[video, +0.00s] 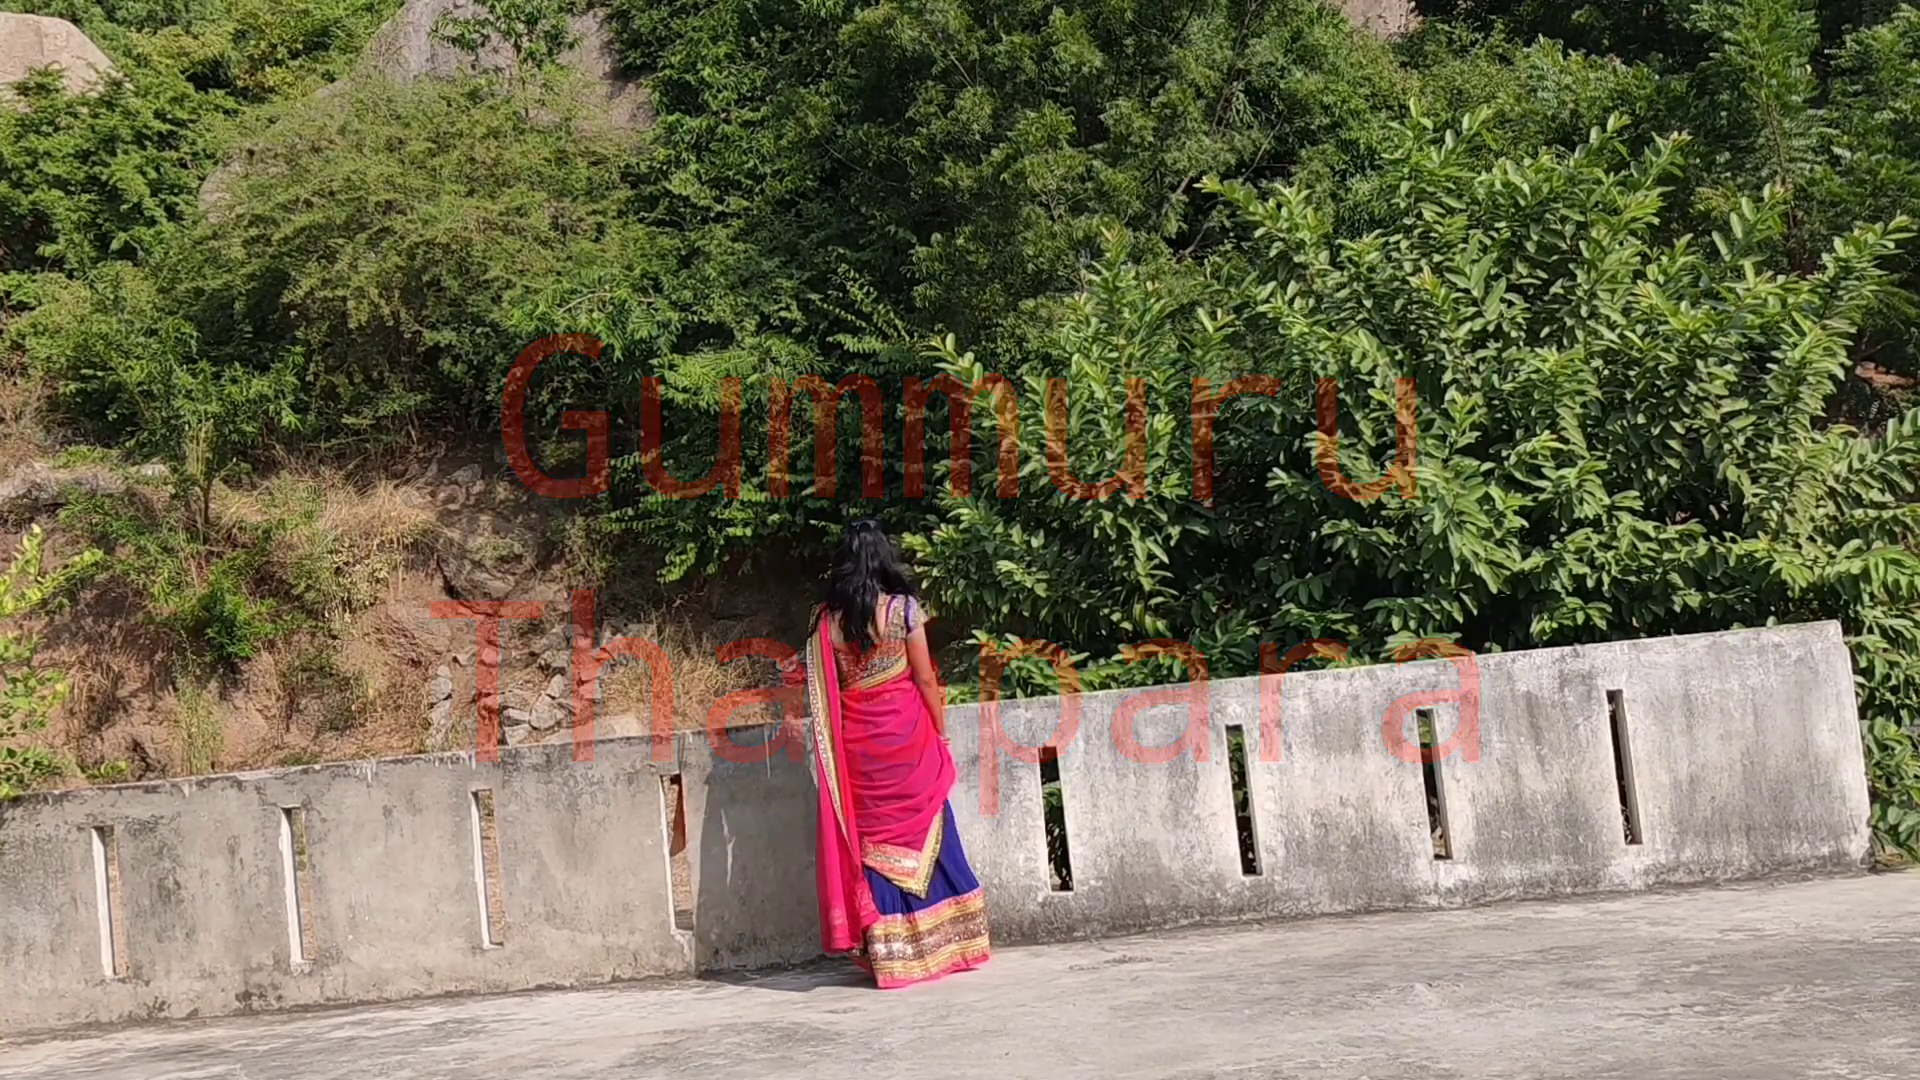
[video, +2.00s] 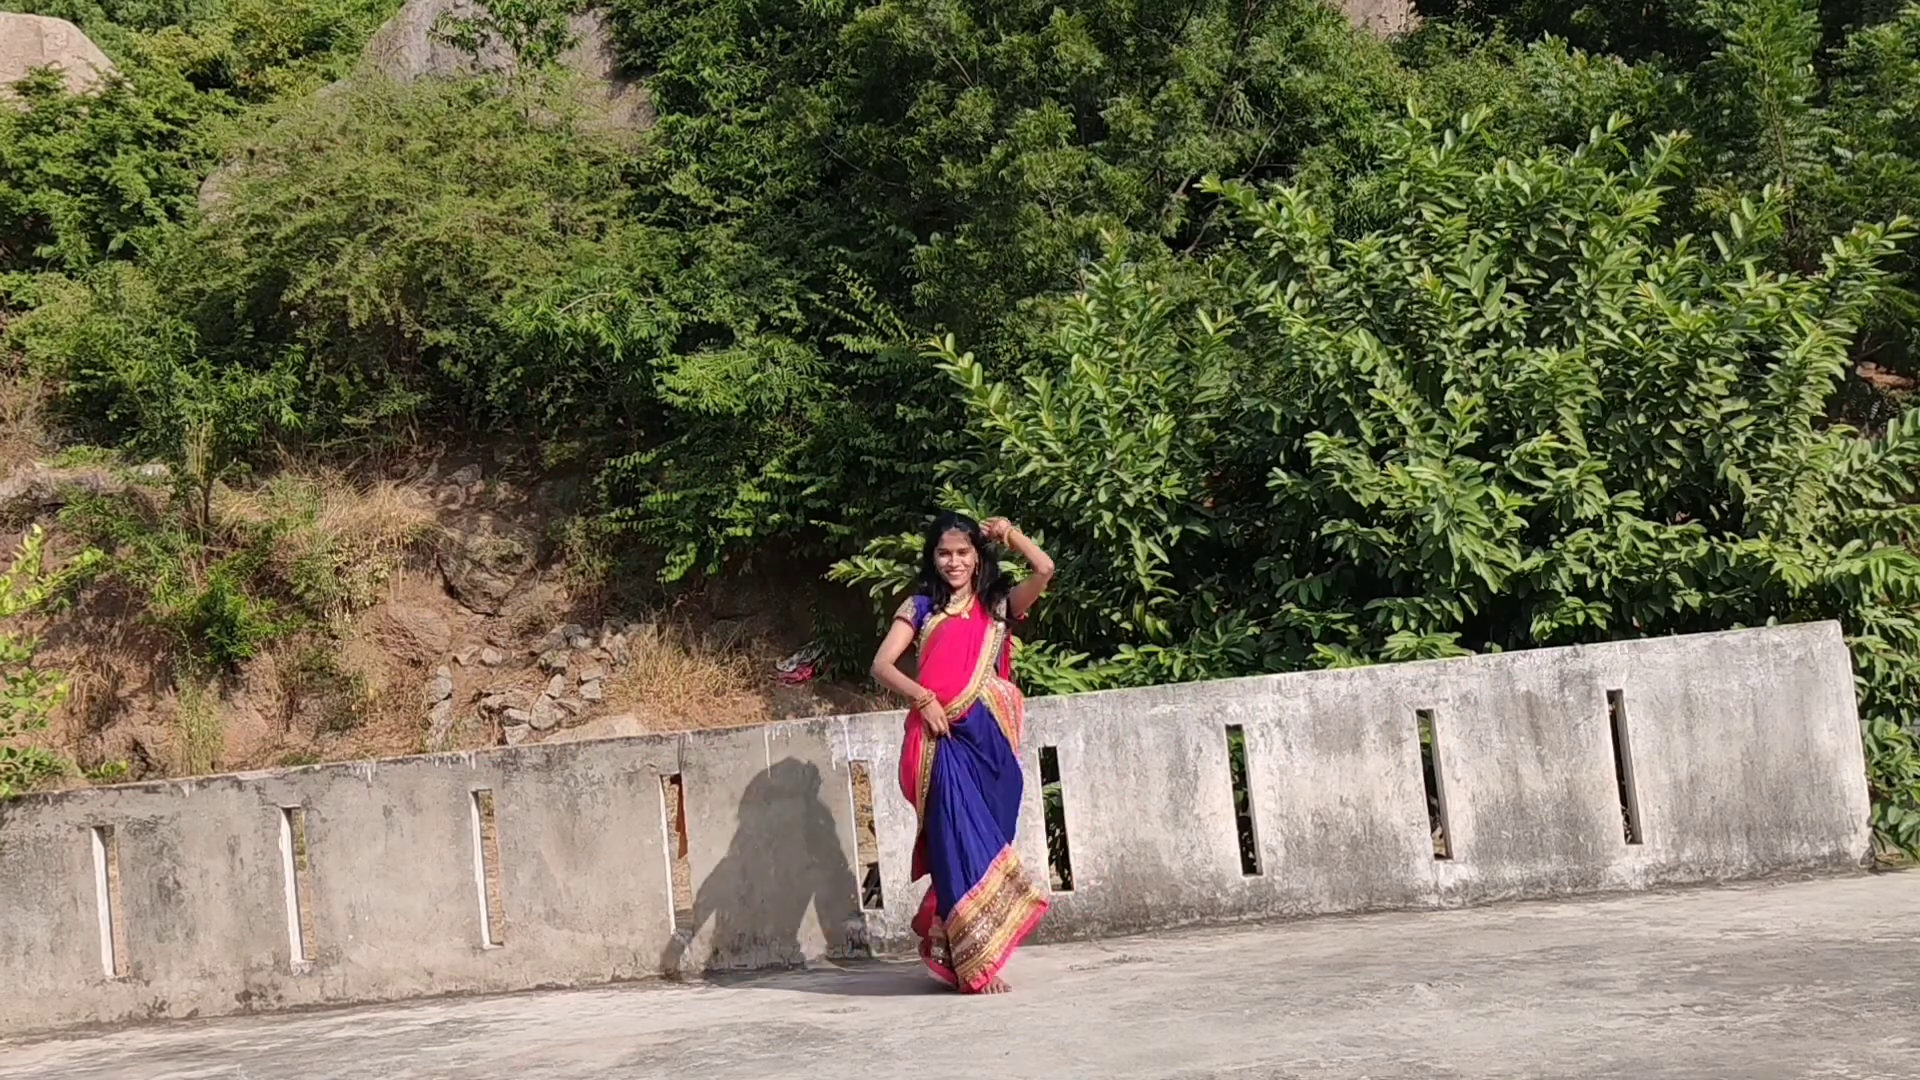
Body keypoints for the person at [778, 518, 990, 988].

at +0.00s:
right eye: (889, 553)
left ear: (842, 562)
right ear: (887, 559)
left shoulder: (826, 618)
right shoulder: (904, 608)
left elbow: (825, 691)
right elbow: (925, 679)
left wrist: (831, 742)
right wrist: (940, 733)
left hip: (854, 737)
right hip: (903, 730)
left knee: (868, 837)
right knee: (920, 830)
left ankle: (883, 949)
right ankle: (937, 943)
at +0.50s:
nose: (846, 555)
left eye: (855, 551)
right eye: (850, 547)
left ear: (875, 563)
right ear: (886, 564)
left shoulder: (849, 600)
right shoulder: (904, 602)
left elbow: (824, 664)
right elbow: (910, 668)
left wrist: (819, 723)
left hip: (881, 729)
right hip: (924, 726)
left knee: (877, 827)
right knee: (915, 827)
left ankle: (891, 947)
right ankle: (934, 941)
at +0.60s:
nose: (853, 553)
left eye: (865, 551)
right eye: (856, 546)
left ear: (884, 568)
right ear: (878, 567)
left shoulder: (869, 597)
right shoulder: (889, 599)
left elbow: (871, 655)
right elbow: (885, 663)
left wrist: (863, 714)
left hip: (905, 729)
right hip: (925, 727)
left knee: (886, 823)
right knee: (912, 829)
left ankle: (898, 948)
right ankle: (915, 944)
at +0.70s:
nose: (863, 552)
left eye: (874, 550)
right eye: (860, 545)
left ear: (888, 566)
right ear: (850, 557)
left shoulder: (890, 597)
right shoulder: (858, 615)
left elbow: (926, 641)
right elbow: (862, 688)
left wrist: (923, 707)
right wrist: (857, 745)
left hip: (907, 735)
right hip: (880, 739)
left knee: (891, 832)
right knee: (900, 833)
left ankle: (896, 951)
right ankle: (921, 939)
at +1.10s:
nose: (892, 554)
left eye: (901, 547)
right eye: (885, 547)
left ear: (915, 555)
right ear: (872, 555)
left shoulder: (935, 601)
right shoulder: (859, 617)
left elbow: (959, 654)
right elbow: (867, 691)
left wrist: (972, 697)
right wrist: (880, 751)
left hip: (956, 728)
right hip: (906, 739)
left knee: (966, 829)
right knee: (934, 837)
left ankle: (980, 944)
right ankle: (970, 945)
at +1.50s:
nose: (932, 568)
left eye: (941, 559)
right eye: (924, 559)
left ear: (956, 562)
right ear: (912, 563)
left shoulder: (971, 609)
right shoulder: (897, 609)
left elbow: (1023, 662)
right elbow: (862, 672)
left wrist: (1023, 624)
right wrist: (903, 715)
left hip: (979, 731)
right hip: (930, 737)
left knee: (986, 836)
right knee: (960, 833)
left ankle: (983, 947)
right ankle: (930, 906)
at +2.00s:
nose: (952, 562)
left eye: (961, 553)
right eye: (944, 554)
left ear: (978, 557)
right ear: (933, 559)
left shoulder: (1000, 604)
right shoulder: (921, 606)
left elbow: (1044, 571)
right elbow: (881, 665)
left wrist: (1010, 534)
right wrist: (923, 697)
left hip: (990, 733)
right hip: (940, 735)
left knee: (982, 837)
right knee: (961, 840)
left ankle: (938, 925)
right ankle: (978, 963)